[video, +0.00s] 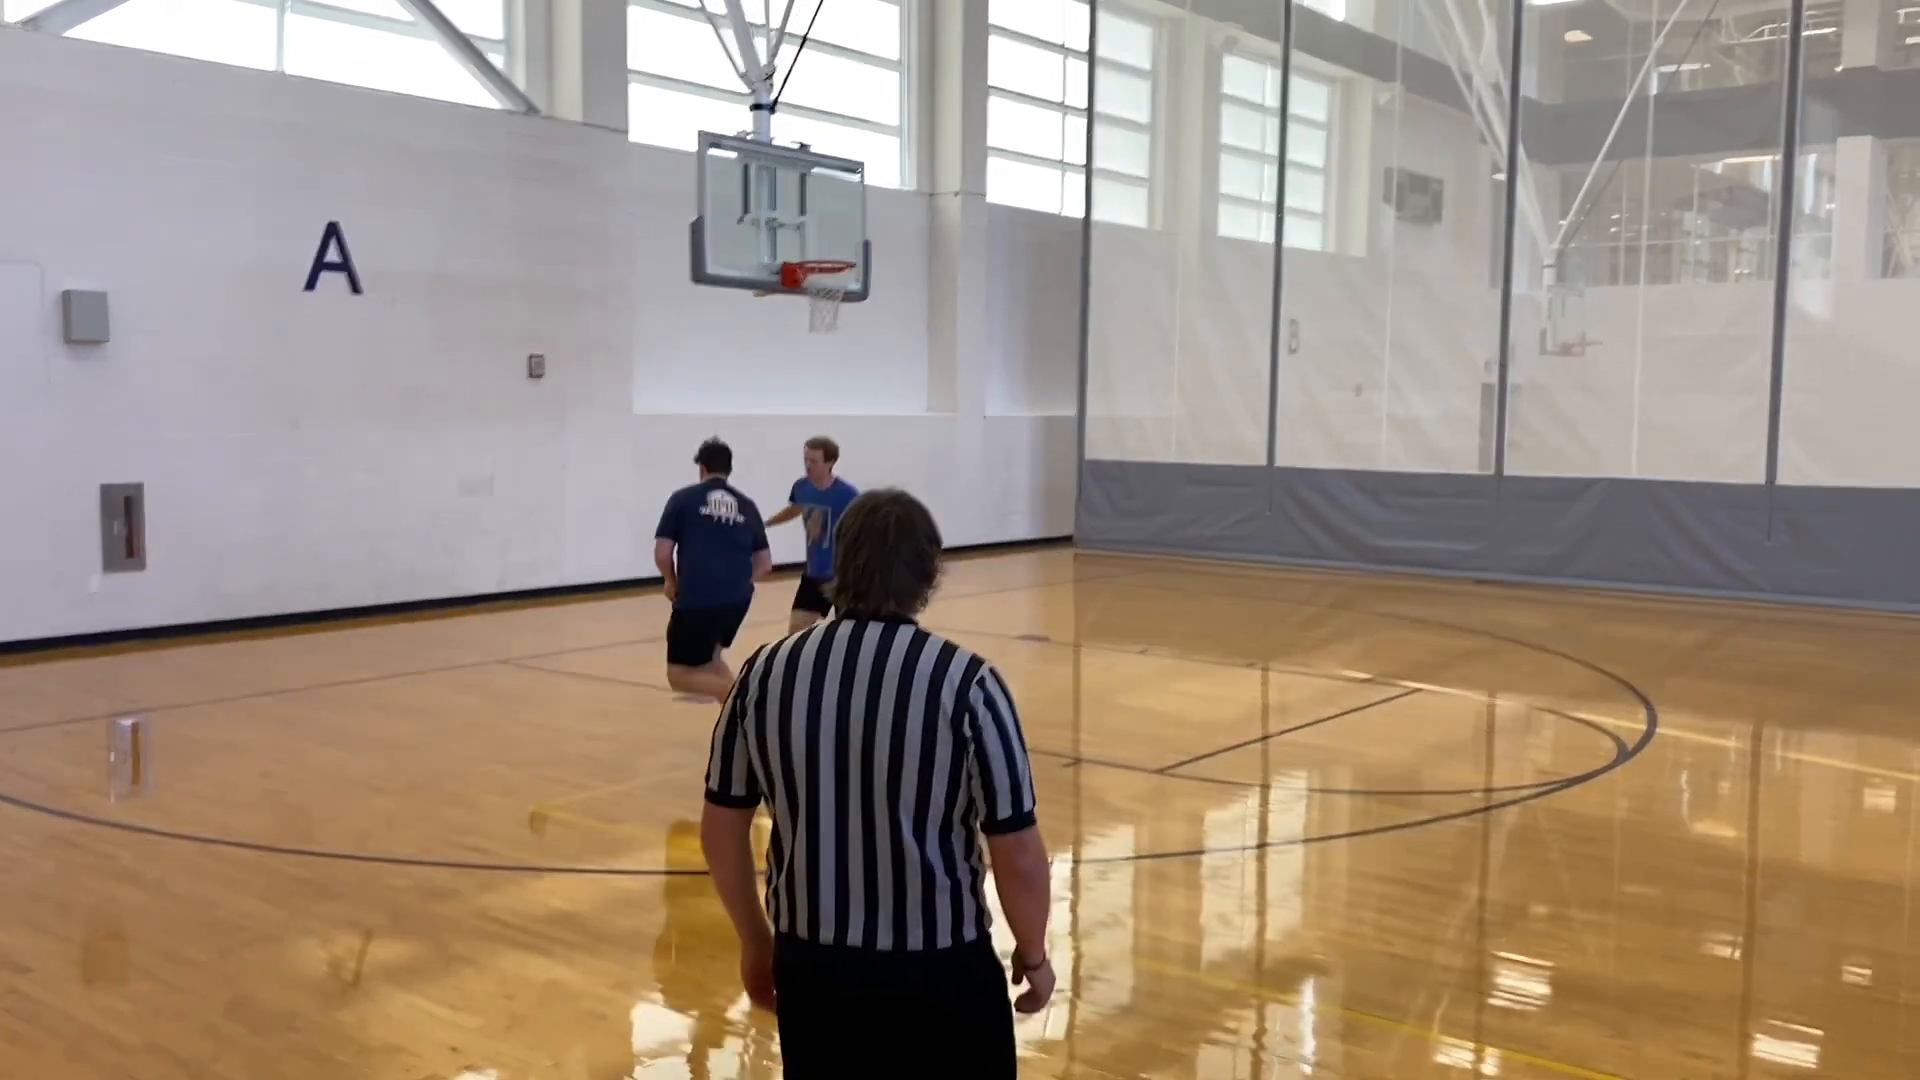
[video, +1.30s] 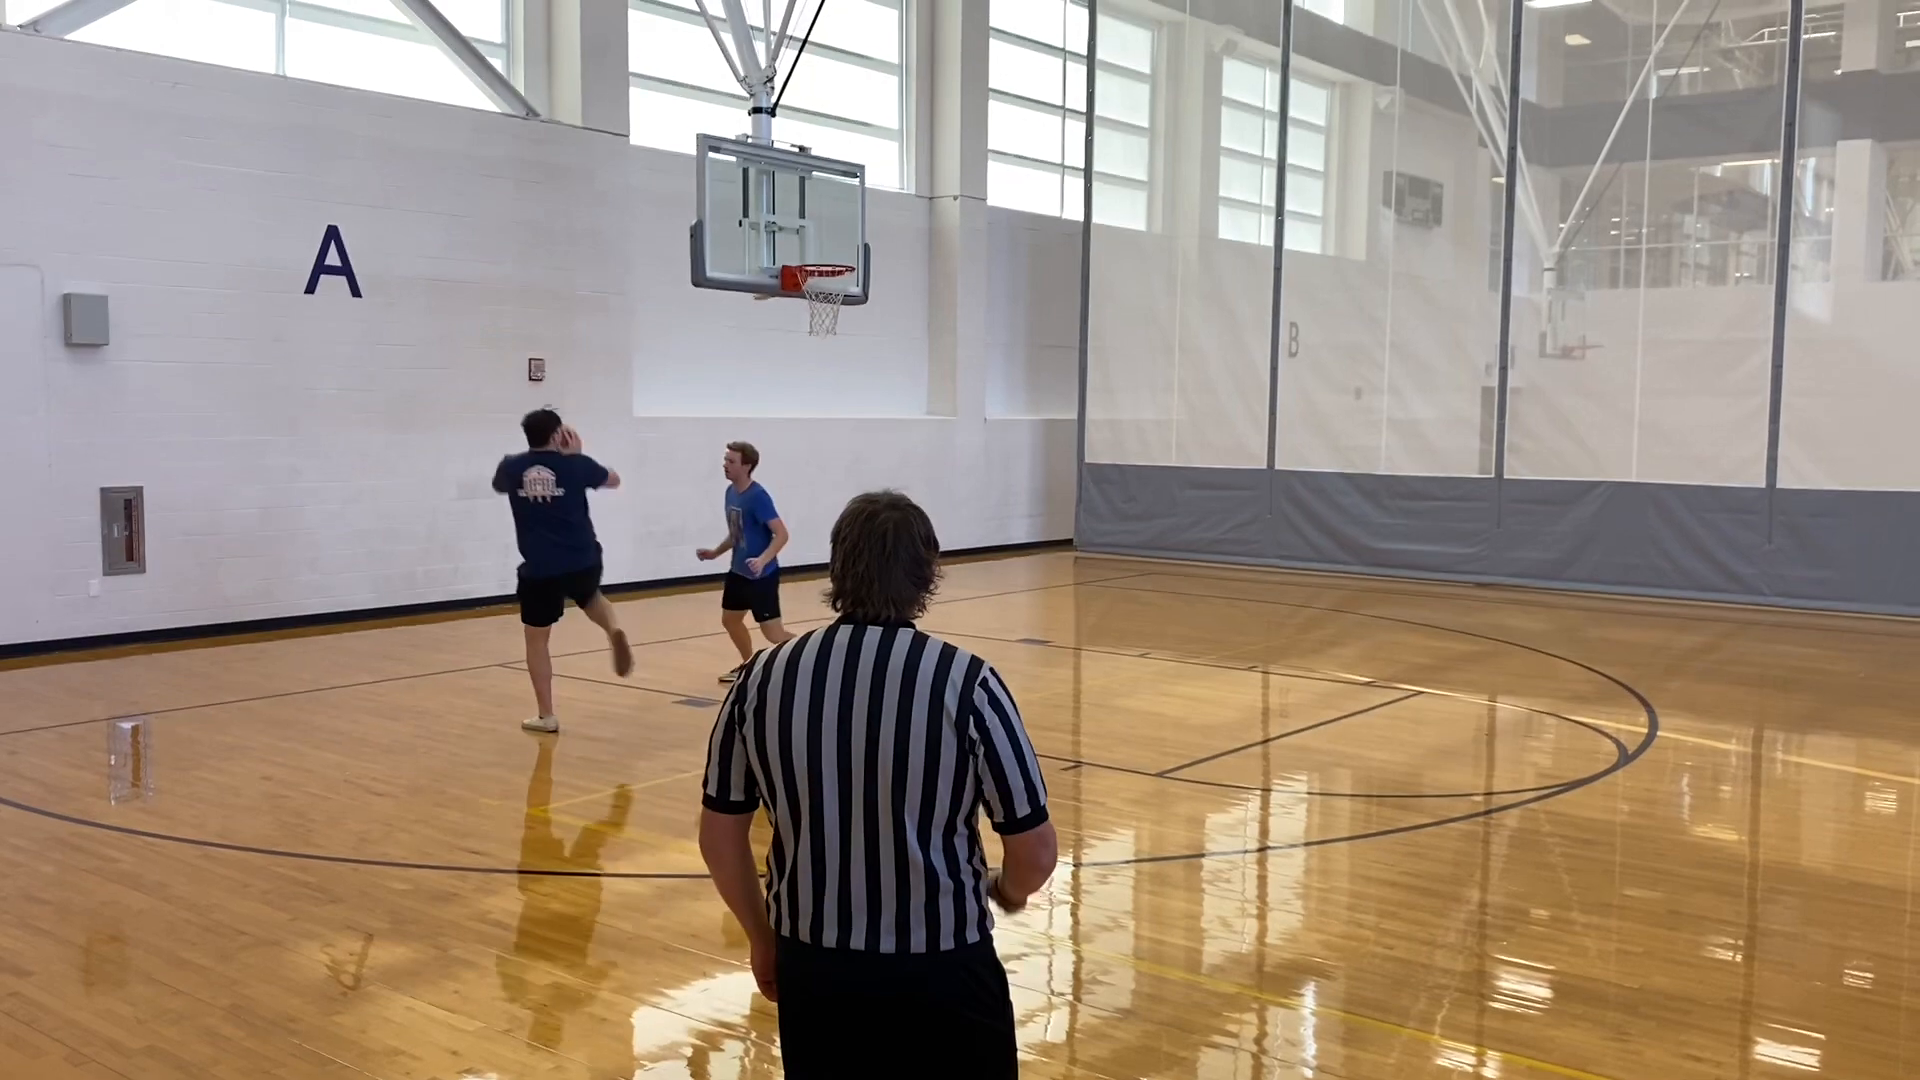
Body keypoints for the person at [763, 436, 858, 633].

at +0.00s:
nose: (807, 466)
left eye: (813, 461)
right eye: (806, 460)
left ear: (829, 464)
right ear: (803, 460)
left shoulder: (848, 495)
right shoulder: (801, 488)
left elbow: (861, 534)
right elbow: (795, 509)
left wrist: (851, 571)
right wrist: (764, 525)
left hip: (843, 577)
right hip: (813, 576)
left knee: (851, 633)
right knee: (796, 636)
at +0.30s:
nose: (786, 456)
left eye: (792, 451)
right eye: (785, 450)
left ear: (809, 453)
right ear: (783, 450)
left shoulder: (825, 483)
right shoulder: (786, 477)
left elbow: (853, 517)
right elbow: (790, 504)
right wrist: (764, 518)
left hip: (826, 564)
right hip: (798, 562)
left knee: (818, 620)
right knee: (783, 618)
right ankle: (799, 665)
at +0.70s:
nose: (764, 457)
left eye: (770, 453)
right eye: (763, 452)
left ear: (786, 456)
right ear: (762, 453)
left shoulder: (801, 485)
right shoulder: (771, 483)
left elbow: (829, 520)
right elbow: (776, 521)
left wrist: (818, 547)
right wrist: (757, 539)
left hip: (807, 567)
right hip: (779, 564)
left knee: (796, 626)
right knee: (752, 610)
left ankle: (804, 673)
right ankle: (765, 662)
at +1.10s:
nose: (740, 466)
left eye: (745, 462)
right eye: (739, 461)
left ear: (760, 465)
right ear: (746, 464)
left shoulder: (775, 494)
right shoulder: (748, 494)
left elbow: (798, 532)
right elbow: (757, 535)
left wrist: (782, 560)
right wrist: (733, 556)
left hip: (781, 575)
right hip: (755, 572)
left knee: (787, 632)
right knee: (735, 617)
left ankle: (797, 682)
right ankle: (744, 659)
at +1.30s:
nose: (725, 465)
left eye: (730, 461)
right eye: (725, 460)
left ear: (747, 466)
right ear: (732, 464)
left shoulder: (758, 497)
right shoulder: (731, 493)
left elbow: (782, 534)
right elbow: (736, 533)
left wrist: (763, 559)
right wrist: (715, 552)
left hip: (763, 577)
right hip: (738, 574)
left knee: (774, 633)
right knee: (731, 621)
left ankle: (814, 655)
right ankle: (750, 665)